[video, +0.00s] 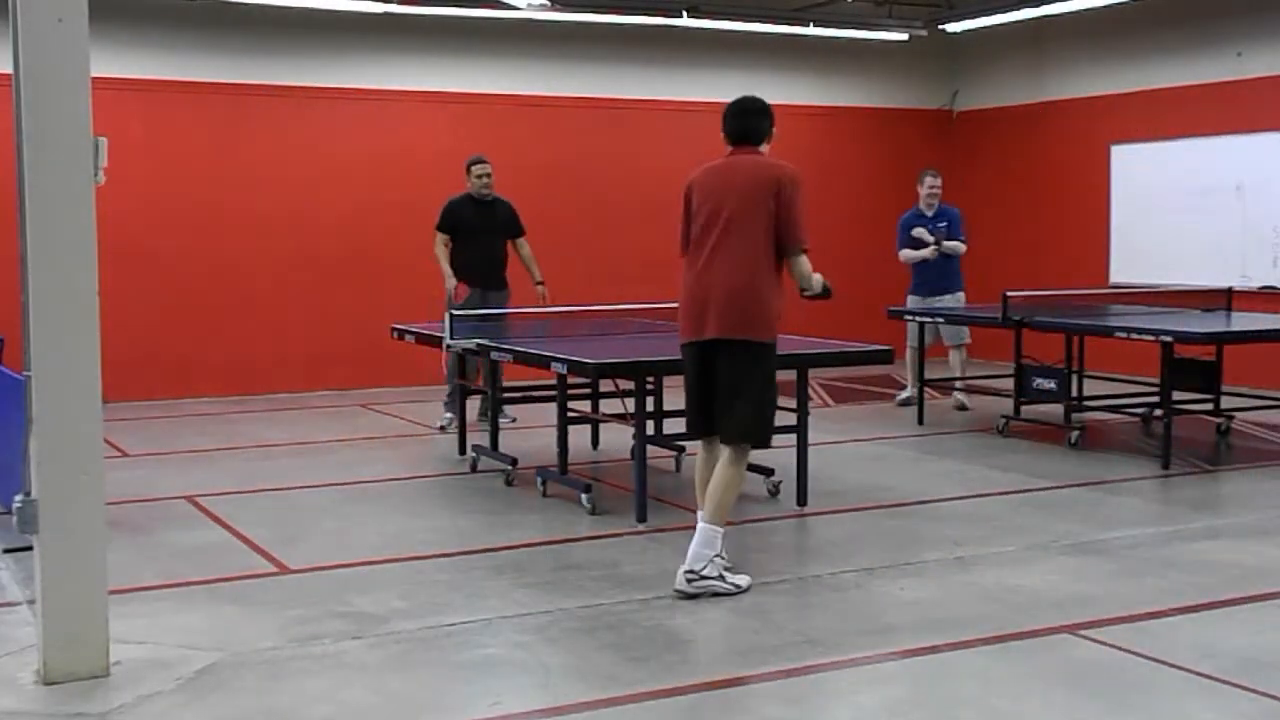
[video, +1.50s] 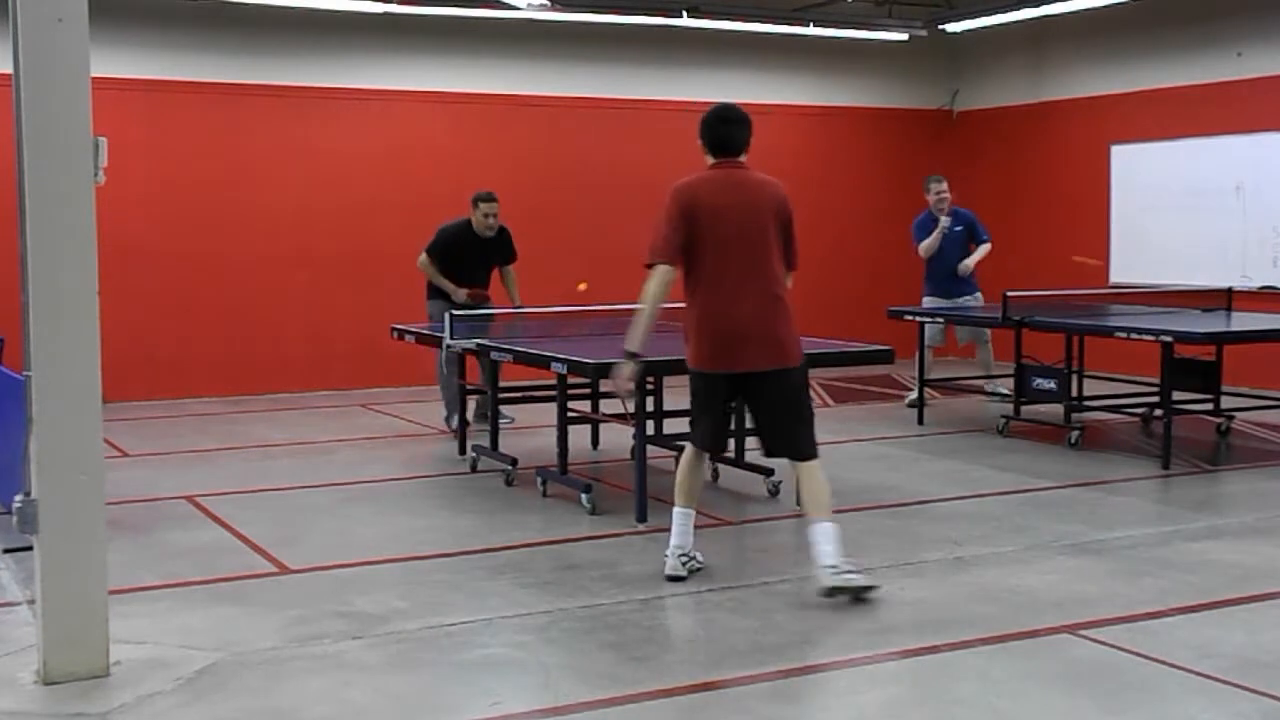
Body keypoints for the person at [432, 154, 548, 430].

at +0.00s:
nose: (486, 181)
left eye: (489, 176)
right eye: (479, 177)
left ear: (494, 178)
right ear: (468, 180)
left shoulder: (505, 209)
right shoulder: (455, 208)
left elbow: (521, 245)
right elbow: (441, 244)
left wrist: (538, 280)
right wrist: (449, 278)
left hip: (497, 290)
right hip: (464, 289)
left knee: (495, 351)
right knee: (459, 350)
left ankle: (492, 405)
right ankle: (453, 407)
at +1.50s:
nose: (492, 222)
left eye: (495, 216)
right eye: (486, 216)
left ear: (499, 214)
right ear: (473, 214)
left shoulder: (501, 236)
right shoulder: (451, 234)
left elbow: (506, 270)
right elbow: (423, 262)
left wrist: (517, 302)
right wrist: (453, 290)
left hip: (480, 301)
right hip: (446, 302)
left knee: (490, 355)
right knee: (451, 357)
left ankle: (487, 407)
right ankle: (454, 413)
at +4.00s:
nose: (475, 240)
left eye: (479, 234)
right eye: (471, 233)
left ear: (482, 233)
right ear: (457, 228)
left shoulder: (474, 249)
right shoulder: (433, 240)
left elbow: (471, 276)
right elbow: (398, 261)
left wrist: (478, 303)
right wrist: (415, 296)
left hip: (440, 301)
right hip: (406, 297)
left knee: (453, 352)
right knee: (401, 354)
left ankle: (463, 403)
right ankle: (401, 409)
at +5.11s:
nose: (402, 237)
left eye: (406, 232)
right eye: (397, 232)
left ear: (412, 229)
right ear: (386, 226)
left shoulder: (416, 244)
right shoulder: (371, 230)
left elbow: (432, 275)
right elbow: (350, 219)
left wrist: (450, 303)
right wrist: (380, 205)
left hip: (404, 307)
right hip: (367, 306)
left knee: (427, 353)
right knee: (359, 352)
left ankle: (451, 400)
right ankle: (354, 411)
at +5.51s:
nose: (436, 211)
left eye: (439, 206)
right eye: (430, 206)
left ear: (442, 207)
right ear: (417, 205)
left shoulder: (445, 233)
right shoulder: (396, 223)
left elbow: (452, 269)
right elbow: (366, 241)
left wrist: (456, 302)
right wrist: (363, 261)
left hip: (421, 303)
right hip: (385, 301)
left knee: (436, 354)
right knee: (369, 352)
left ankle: (447, 403)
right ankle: (355, 406)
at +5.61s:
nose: (431, 204)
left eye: (435, 200)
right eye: (426, 199)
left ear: (439, 201)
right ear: (414, 200)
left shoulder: (443, 228)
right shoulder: (394, 220)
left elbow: (452, 261)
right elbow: (367, 239)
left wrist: (457, 292)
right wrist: (365, 268)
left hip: (422, 303)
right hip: (386, 300)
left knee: (435, 354)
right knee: (369, 351)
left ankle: (447, 402)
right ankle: (352, 405)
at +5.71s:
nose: (423, 203)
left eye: (426, 198)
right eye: (417, 198)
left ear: (430, 200)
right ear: (405, 199)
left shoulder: (437, 226)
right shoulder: (389, 220)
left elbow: (448, 258)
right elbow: (366, 242)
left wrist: (451, 286)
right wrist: (366, 273)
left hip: (423, 304)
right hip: (387, 303)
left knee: (440, 352)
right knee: (368, 352)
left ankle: (452, 402)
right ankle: (348, 405)